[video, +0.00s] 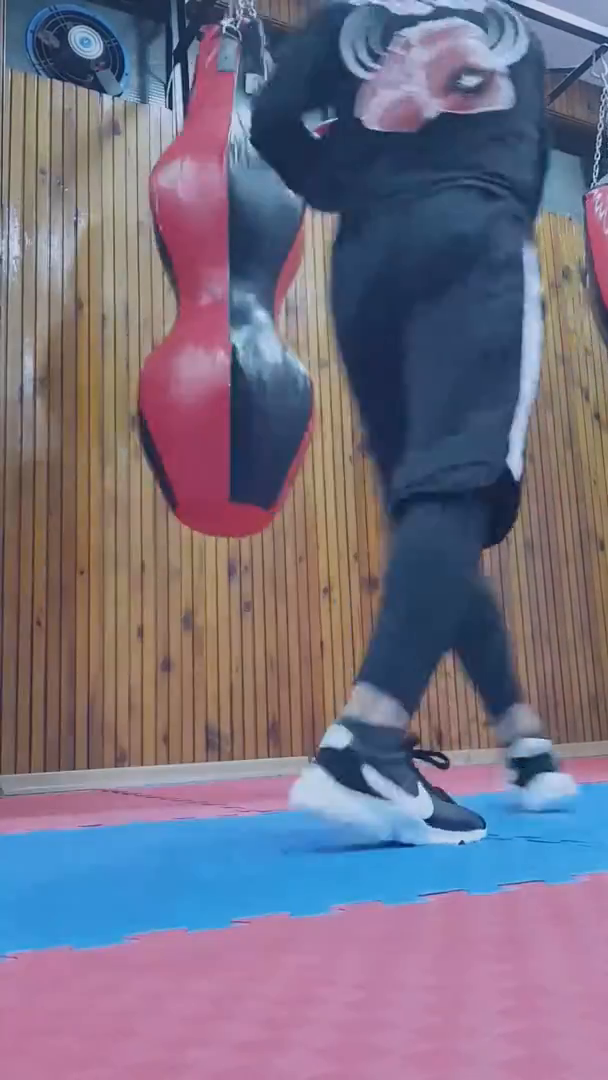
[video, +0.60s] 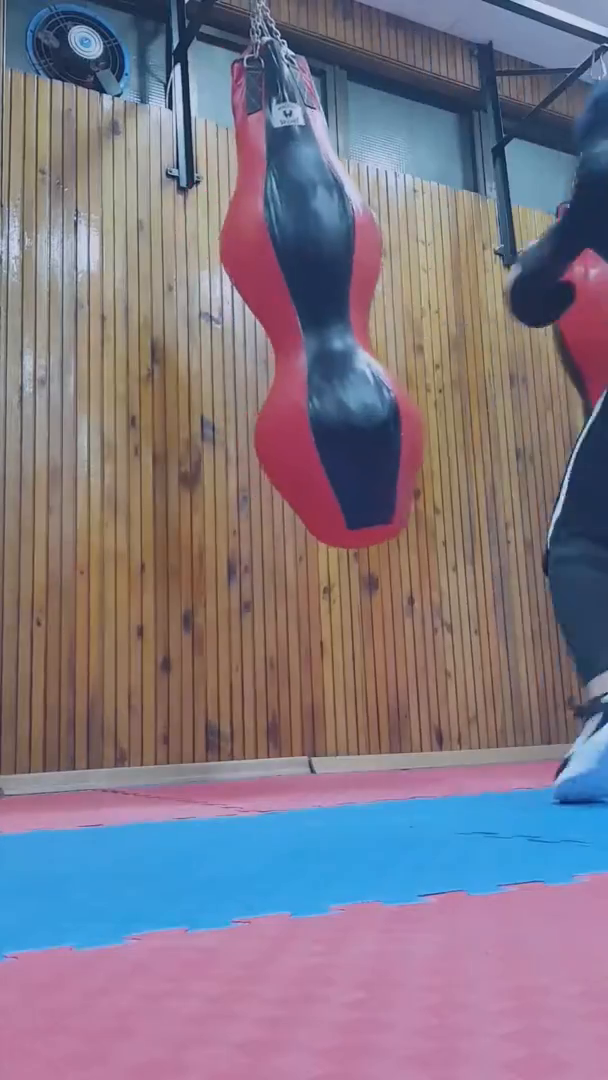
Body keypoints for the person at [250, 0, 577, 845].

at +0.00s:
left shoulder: (348, 17)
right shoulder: (515, 17)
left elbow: (272, 118)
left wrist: (351, 191)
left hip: (367, 234)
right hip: (473, 217)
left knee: (427, 501)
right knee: (455, 486)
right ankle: (366, 742)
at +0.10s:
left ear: (398, 10)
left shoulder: (376, 61)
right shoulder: (559, 34)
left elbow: (332, 231)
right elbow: (590, 164)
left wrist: (315, 183)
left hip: (435, 267)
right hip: (549, 246)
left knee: (497, 508)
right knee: (568, 502)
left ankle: (554, 748)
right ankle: (440, 672)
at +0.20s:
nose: (387, 108)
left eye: (383, 95)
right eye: (384, 95)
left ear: (404, 79)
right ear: (455, 53)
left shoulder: (410, 123)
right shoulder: (567, 78)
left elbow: (397, 296)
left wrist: (381, 224)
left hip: (502, 298)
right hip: (597, 275)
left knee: (527, 550)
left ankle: (561, 754)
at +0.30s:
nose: (425, 122)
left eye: (423, 110)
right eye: (424, 110)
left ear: (443, 93)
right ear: (493, 68)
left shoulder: (451, 131)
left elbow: (460, 300)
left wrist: (419, 219)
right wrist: (431, 217)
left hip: (557, 309)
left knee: (540, 536)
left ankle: (559, 751)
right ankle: (561, 748)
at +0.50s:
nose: (528, 129)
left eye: (532, 116)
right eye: (531, 120)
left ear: (556, 105)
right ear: (587, 98)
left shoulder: (565, 129)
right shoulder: (574, 132)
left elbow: (532, 211)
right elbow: (534, 211)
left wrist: (491, 280)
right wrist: (497, 274)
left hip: (602, 366)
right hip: (592, 368)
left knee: (577, 545)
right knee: (574, 543)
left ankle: (572, 744)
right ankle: (571, 742)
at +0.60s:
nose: (587, 153)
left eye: (588, 140)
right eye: (590, 141)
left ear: (592, 138)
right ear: (594, 140)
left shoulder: (599, 186)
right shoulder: (589, 196)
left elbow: (528, 297)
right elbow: (527, 298)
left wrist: (542, 267)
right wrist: (555, 273)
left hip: (601, 406)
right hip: (598, 404)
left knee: (574, 544)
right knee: (574, 543)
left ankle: (602, 703)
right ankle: (598, 706)